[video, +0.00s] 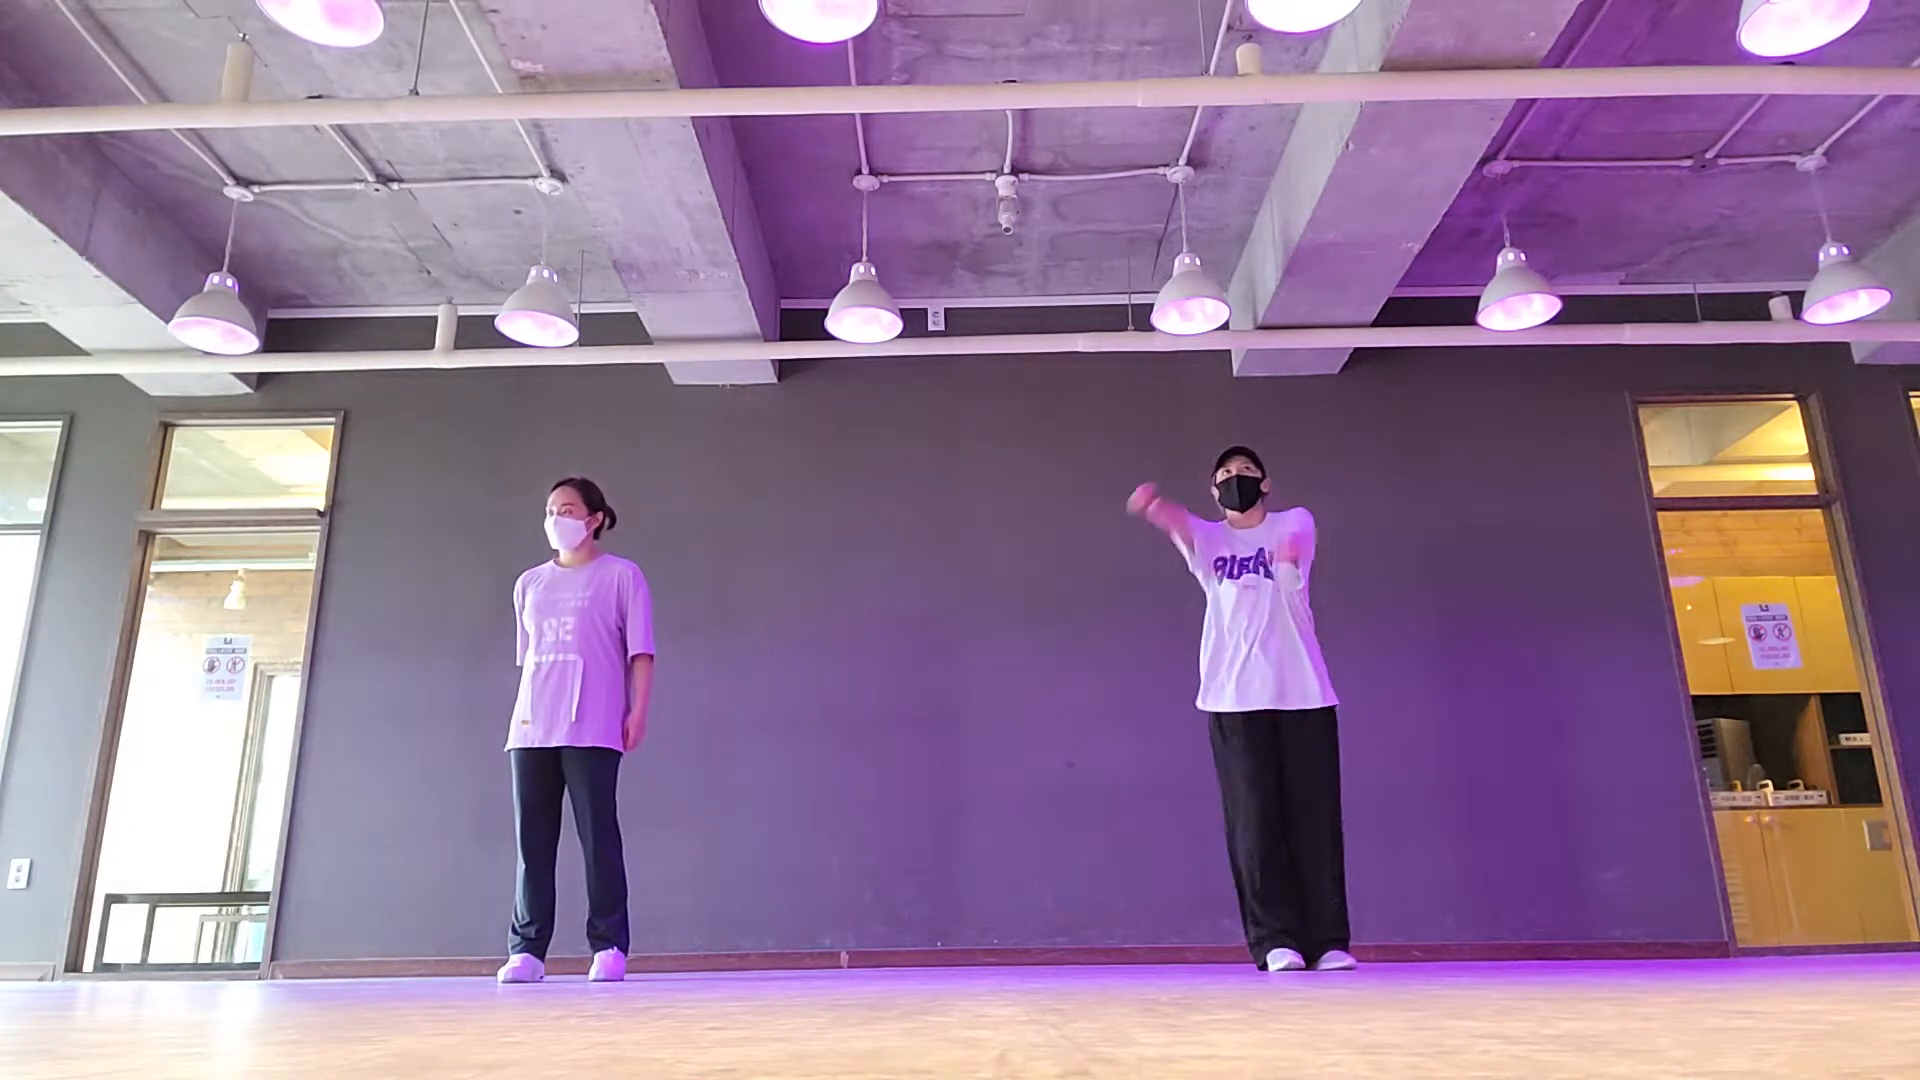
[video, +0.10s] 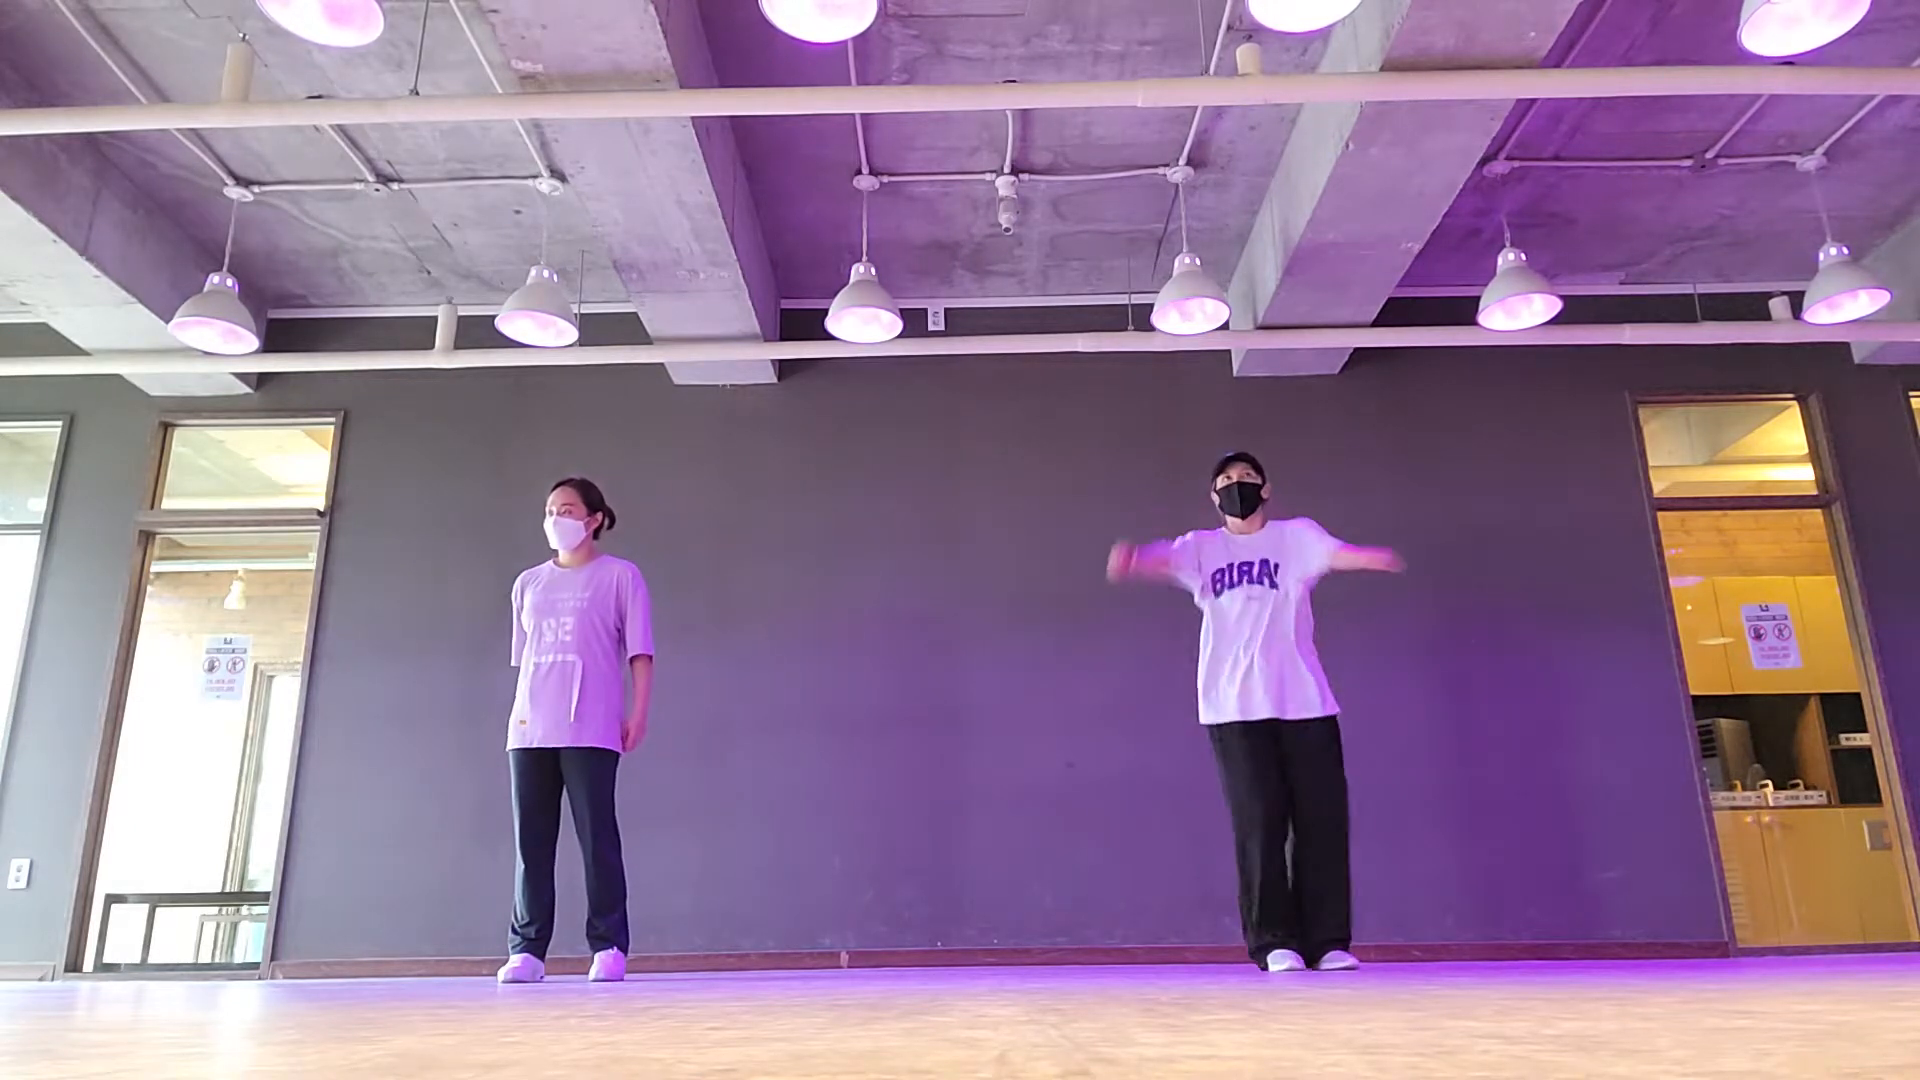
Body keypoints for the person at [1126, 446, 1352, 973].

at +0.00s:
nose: (1235, 482)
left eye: (1246, 474)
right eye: (1226, 477)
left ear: (1265, 485)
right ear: (1216, 493)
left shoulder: (1294, 523)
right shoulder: (1203, 537)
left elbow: (1298, 533)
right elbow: (1177, 521)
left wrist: (1287, 551)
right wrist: (1151, 505)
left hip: (1304, 696)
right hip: (1236, 703)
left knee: (1315, 821)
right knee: (1256, 828)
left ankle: (1328, 943)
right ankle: (1273, 945)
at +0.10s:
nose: (1238, 490)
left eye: (1247, 482)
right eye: (1227, 485)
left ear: (1266, 491)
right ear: (1214, 497)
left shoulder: (1298, 536)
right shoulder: (1199, 548)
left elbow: (1339, 554)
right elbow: (1156, 559)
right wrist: (1128, 560)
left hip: (1305, 703)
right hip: (1236, 709)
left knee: (1324, 821)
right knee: (1260, 825)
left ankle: (1327, 943)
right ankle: (1273, 944)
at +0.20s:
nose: (1239, 488)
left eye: (1249, 480)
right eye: (1228, 483)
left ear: (1265, 492)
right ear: (1214, 498)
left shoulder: (1303, 540)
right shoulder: (1198, 553)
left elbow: (1368, 574)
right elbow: (1155, 616)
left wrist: (1433, 591)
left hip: (1306, 704)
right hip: (1235, 710)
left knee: (1338, 819)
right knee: (1261, 829)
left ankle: (1331, 939)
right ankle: (1275, 946)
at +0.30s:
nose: (1241, 480)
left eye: (1250, 472)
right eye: (1230, 474)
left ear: (1264, 483)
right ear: (1212, 486)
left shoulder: (1299, 533)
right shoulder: (1200, 547)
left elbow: (1366, 591)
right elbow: (1189, 629)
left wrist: (1433, 631)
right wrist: (1177, 694)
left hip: (1313, 703)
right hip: (1242, 707)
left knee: (1349, 815)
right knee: (1262, 829)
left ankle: (1351, 938)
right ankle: (1281, 947)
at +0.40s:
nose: (1244, 475)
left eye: (1253, 467)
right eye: (1232, 468)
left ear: (1265, 478)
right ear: (1212, 481)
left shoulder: (1294, 526)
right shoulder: (1203, 539)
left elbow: (1334, 594)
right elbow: (1214, 616)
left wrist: (1375, 642)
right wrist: (1226, 678)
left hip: (1317, 697)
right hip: (1248, 703)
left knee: (1356, 817)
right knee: (1267, 830)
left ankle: (1385, 937)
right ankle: (1279, 948)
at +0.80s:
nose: (1289, 474)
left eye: (1297, 466)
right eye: (1276, 468)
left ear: (1310, 477)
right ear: (1260, 485)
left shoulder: (1340, 543)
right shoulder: (1247, 541)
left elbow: (1356, 630)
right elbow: (1212, 610)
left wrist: (1369, 693)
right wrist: (1180, 665)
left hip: (1343, 703)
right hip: (1274, 705)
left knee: (1367, 824)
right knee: (1274, 829)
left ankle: (1386, 943)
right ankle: (1278, 945)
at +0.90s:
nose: (1298, 480)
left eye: (1306, 472)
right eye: (1285, 474)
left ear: (1319, 482)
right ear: (1268, 488)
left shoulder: (1347, 546)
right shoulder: (1255, 539)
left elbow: (1387, 622)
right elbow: (1231, 606)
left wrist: (1432, 676)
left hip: (1350, 707)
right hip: (1281, 709)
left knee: (1367, 832)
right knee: (1282, 834)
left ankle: (1388, 948)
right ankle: (1282, 947)